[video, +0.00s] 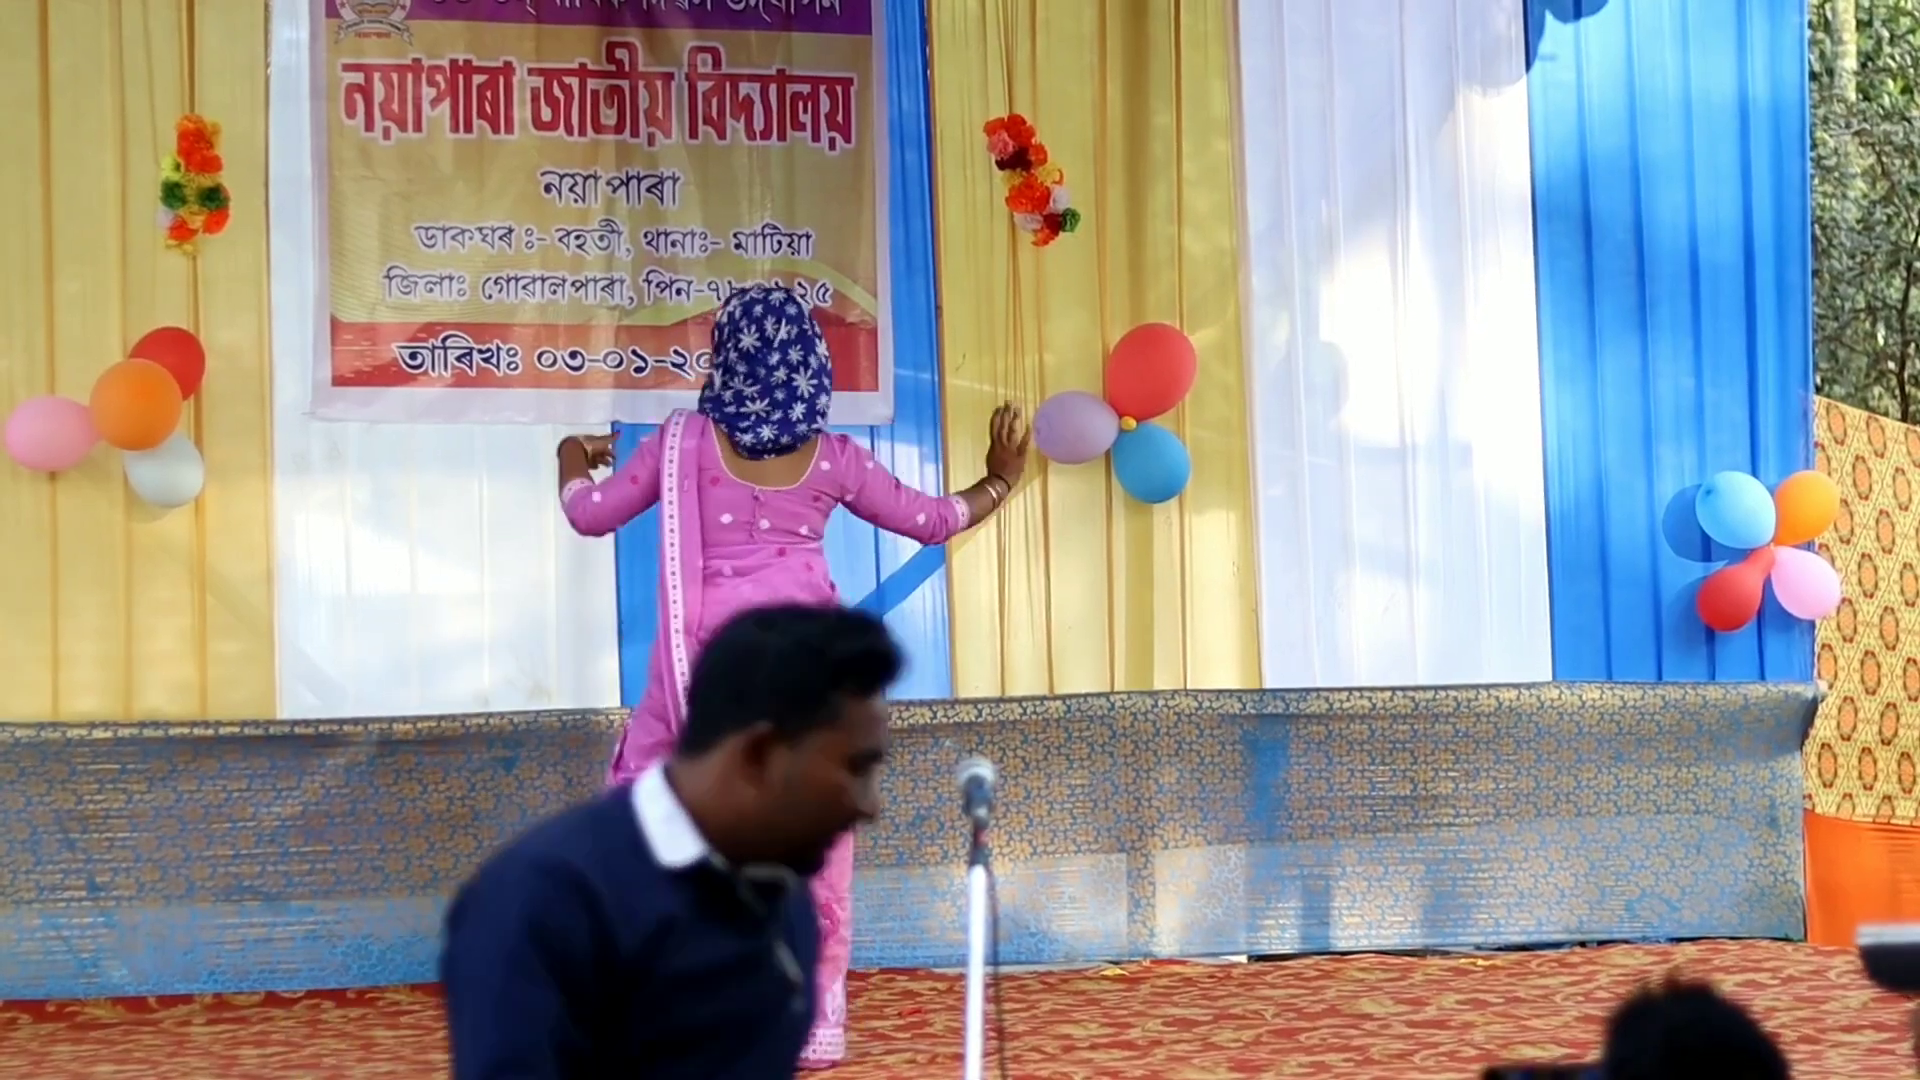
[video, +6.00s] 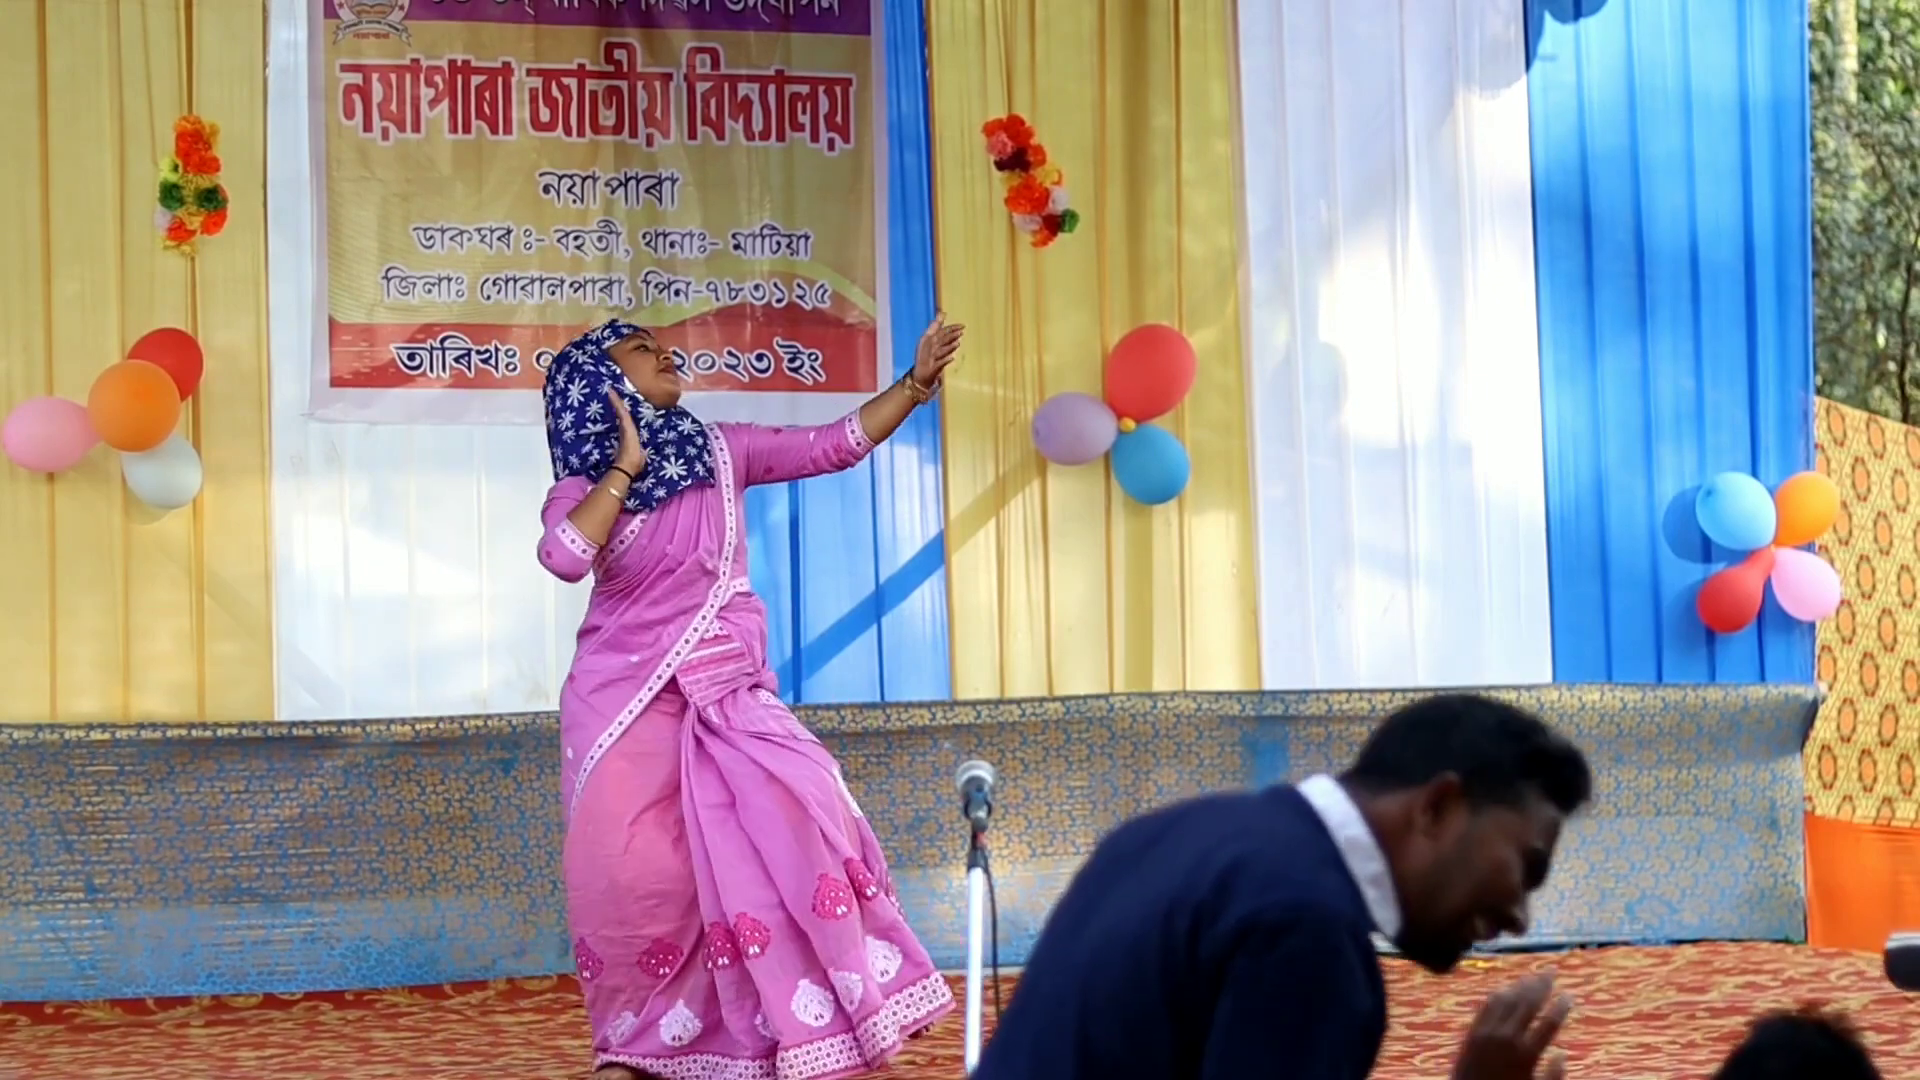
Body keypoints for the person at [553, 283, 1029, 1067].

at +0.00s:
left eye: (716, 352)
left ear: (722, 361)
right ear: (812, 366)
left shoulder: (679, 443)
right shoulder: (832, 458)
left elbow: (590, 514)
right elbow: (934, 519)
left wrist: (572, 467)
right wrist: (1000, 484)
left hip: (694, 671)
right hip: (802, 669)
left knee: (641, 814)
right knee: (819, 838)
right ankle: (816, 1028)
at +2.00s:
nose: (637, 381)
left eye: (643, 368)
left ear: (646, 378)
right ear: (729, 373)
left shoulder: (633, 468)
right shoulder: (776, 457)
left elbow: (551, 565)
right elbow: (875, 513)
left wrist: (557, 678)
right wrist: (807, 583)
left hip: (658, 686)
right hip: (760, 687)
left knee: (601, 835)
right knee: (785, 829)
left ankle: (601, 1025)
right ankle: (819, 1003)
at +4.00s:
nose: (559, 365)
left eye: (581, 353)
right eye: (551, 350)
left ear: (621, 367)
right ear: (540, 356)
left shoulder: (626, 450)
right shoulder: (544, 453)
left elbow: (650, 569)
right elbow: (508, 565)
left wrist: (662, 669)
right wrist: (442, 515)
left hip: (595, 669)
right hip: (530, 670)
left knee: (566, 836)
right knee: (519, 835)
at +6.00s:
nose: (668, 352)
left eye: (659, 344)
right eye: (645, 349)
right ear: (605, 385)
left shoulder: (719, 447)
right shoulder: (585, 482)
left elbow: (837, 443)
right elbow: (565, 556)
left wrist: (917, 381)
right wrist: (626, 464)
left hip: (732, 685)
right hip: (625, 695)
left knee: (809, 817)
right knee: (624, 862)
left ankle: (808, 1032)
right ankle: (632, 1041)